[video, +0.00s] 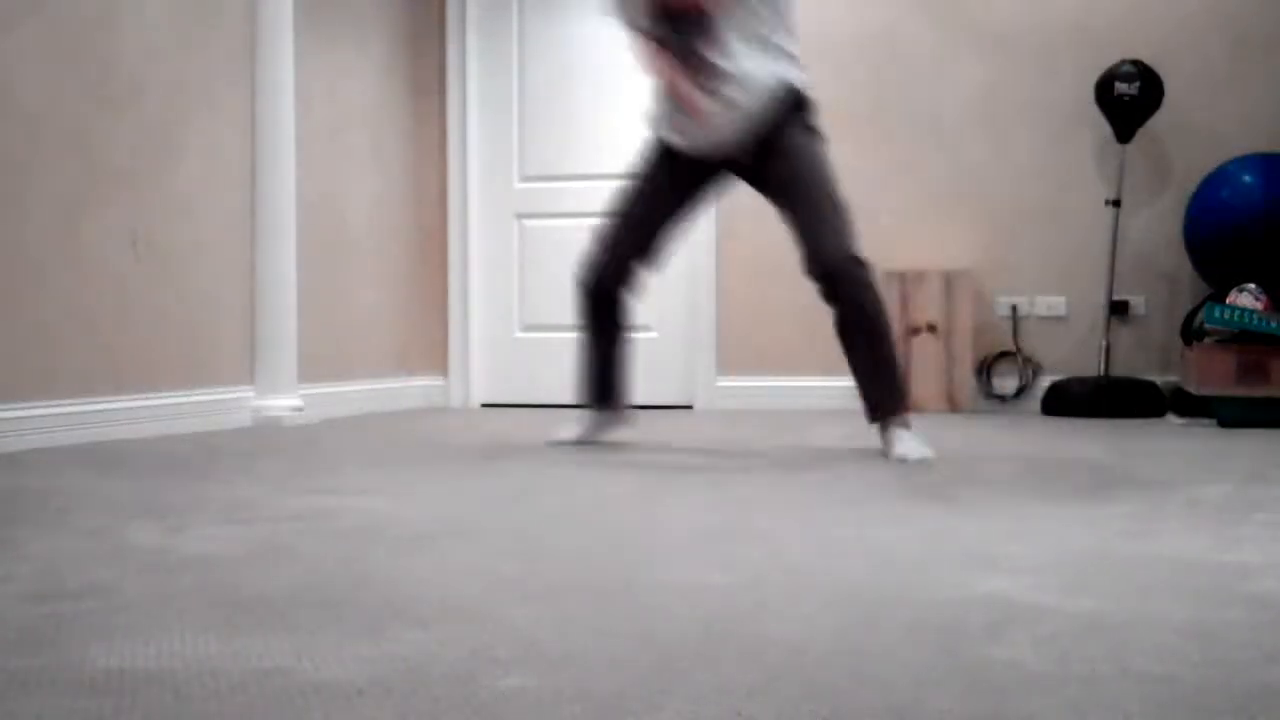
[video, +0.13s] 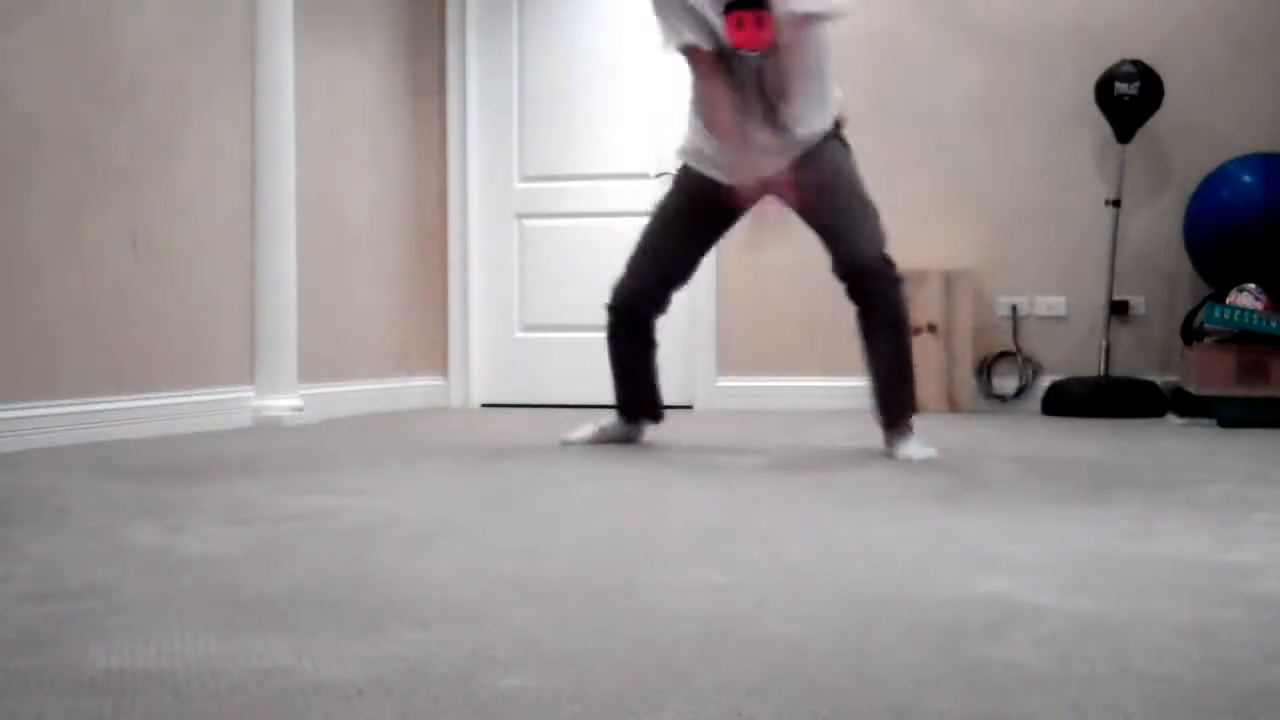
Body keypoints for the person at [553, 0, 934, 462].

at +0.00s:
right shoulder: (641, 8)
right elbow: (644, 42)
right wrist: (678, 78)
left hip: (770, 116)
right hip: (687, 127)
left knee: (837, 265)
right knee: (603, 277)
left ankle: (894, 422)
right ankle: (607, 413)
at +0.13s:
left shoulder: (799, 8)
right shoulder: (680, 7)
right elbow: (706, 73)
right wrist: (743, 162)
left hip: (809, 150)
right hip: (719, 159)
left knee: (874, 277)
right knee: (631, 302)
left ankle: (900, 432)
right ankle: (634, 420)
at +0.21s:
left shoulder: (812, 4)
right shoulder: (676, 7)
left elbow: (879, 19)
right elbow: (661, 62)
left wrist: (944, 65)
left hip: (805, 142)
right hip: (713, 149)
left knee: (866, 274)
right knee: (614, 275)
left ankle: (901, 430)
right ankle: (618, 409)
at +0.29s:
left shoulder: (805, 7)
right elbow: (598, 15)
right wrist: (516, 60)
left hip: (784, 125)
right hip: (696, 126)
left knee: (841, 267)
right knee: (596, 248)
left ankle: (903, 426)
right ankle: (588, 394)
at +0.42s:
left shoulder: (784, 5)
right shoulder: (664, 8)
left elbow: (770, 55)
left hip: (754, 110)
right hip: (667, 111)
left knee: (820, 232)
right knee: (572, 237)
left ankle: (874, 397)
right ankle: (535, 357)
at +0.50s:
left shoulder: (761, 7)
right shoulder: (644, 6)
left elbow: (758, 69)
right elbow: (643, 64)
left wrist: (686, 125)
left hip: (732, 125)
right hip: (648, 127)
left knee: (801, 238)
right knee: (565, 245)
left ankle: (840, 397)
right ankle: (496, 370)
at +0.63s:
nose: (627, 21)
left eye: (636, 11)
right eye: (618, 13)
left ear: (659, 2)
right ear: (607, 6)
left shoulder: (718, 10)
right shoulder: (594, 36)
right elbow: (544, 100)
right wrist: (517, 153)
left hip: (710, 185)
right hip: (622, 193)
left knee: (762, 262)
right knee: (544, 296)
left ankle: (790, 429)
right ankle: (481, 414)